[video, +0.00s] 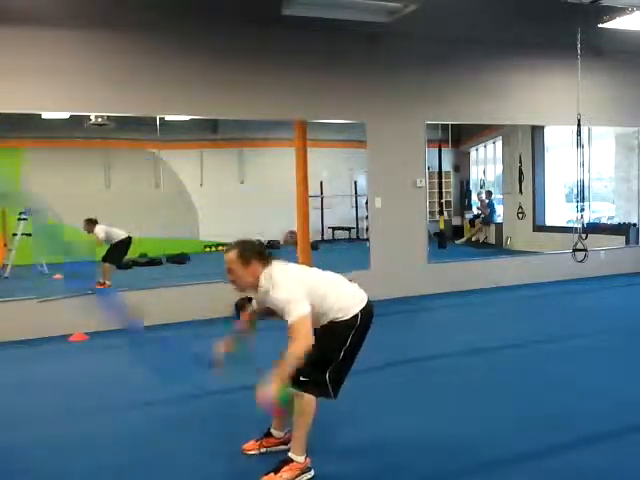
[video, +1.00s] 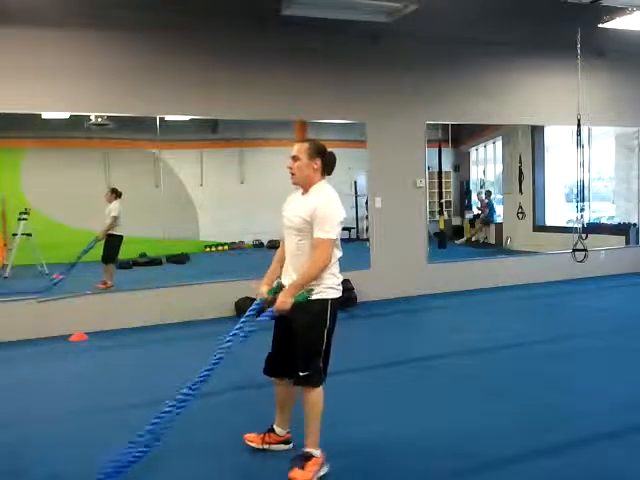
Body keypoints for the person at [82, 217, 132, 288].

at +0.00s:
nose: (85, 229)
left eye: (86, 226)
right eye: (84, 226)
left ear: (91, 225)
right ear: (92, 225)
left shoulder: (98, 229)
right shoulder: (99, 228)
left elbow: (101, 238)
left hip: (121, 239)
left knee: (107, 261)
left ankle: (106, 282)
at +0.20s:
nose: (85, 219)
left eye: (87, 216)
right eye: (85, 216)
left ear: (92, 215)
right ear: (92, 216)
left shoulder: (99, 223)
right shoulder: (99, 222)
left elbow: (107, 236)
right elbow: (102, 237)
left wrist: (103, 249)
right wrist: (100, 249)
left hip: (119, 237)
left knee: (106, 259)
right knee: (106, 259)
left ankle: (106, 281)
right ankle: (105, 281)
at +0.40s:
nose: (95, 202)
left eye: (96, 199)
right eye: (95, 199)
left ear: (102, 199)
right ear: (103, 199)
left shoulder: (106, 206)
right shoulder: (106, 206)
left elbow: (106, 222)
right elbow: (105, 222)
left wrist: (94, 228)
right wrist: (94, 228)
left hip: (113, 235)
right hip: (114, 234)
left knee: (105, 259)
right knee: (105, 259)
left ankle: (107, 281)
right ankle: (104, 280)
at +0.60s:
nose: (102, 196)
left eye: (104, 194)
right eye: (102, 194)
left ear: (109, 194)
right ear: (109, 194)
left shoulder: (111, 203)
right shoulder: (108, 204)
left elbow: (107, 216)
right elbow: (107, 218)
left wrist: (96, 222)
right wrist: (96, 223)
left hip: (109, 233)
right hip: (107, 232)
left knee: (106, 260)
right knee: (104, 260)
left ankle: (106, 281)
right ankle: (104, 281)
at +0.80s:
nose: (104, 197)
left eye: (106, 194)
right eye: (105, 194)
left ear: (112, 196)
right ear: (110, 196)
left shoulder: (114, 205)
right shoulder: (109, 206)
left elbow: (111, 219)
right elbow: (108, 220)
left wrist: (102, 231)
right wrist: (101, 232)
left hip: (111, 234)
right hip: (106, 234)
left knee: (107, 260)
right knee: (103, 259)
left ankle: (107, 281)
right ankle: (103, 280)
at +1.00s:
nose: (106, 196)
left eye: (108, 194)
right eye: (106, 194)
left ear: (113, 195)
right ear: (113, 196)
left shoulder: (115, 205)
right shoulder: (111, 205)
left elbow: (113, 221)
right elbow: (110, 221)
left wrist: (103, 232)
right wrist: (102, 232)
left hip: (115, 234)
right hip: (111, 234)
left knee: (109, 259)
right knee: (106, 259)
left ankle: (109, 281)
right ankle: (106, 280)